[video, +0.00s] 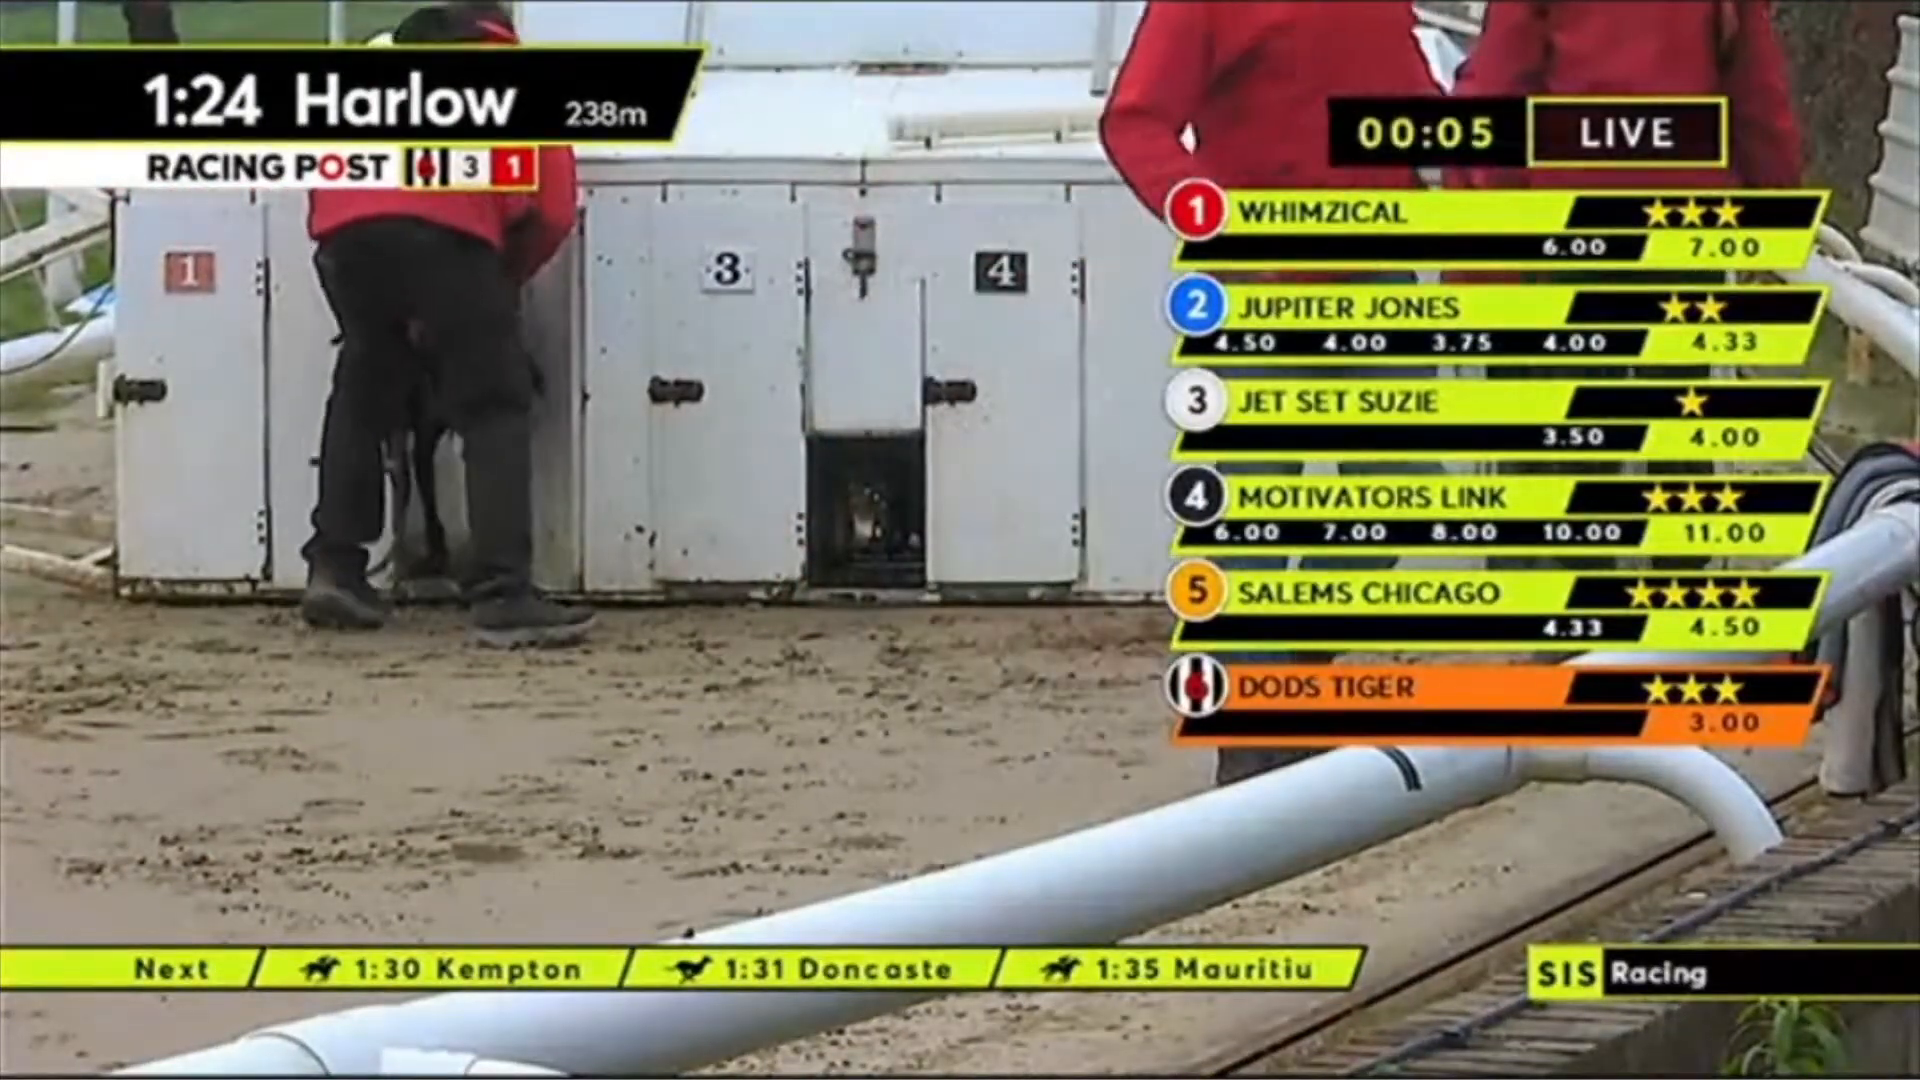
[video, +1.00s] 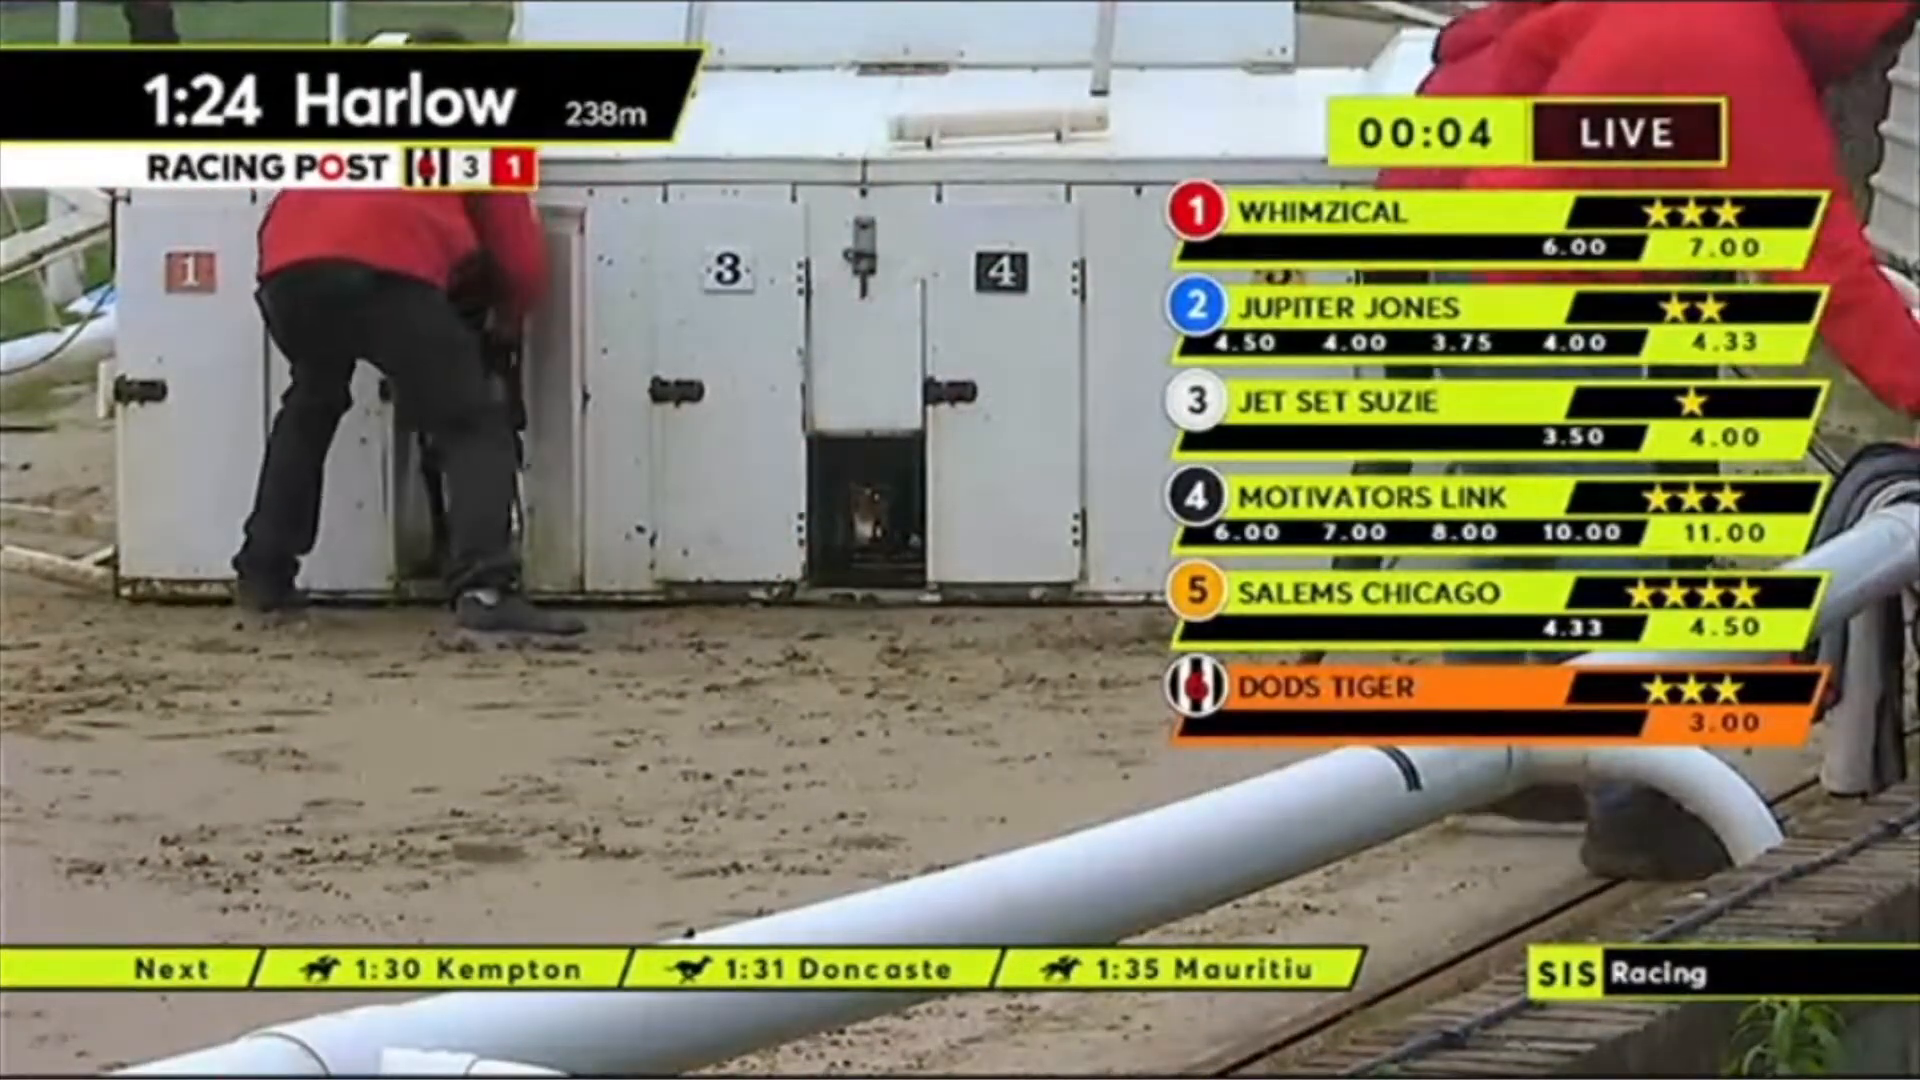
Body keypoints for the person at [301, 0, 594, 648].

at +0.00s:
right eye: (512, 24)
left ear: (423, 24)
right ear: (500, 26)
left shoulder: (367, 65)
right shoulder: (523, 73)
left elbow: (329, 194)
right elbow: (556, 213)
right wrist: (485, 290)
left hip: (345, 232)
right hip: (449, 238)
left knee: (369, 363)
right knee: (494, 404)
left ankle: (333, 570)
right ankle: (504, 591)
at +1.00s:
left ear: (388, 73)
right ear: (471, 83)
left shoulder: (344, 123)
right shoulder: (484, 133)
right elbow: (525, 266)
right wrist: (504, 323)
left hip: (289, 271)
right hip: (391, 273)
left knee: (315, 392)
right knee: (472, 422)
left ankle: (262, 574)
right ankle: (484, 591)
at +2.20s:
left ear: (401, 55)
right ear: (471, 63)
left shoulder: (353, 104)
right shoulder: (486, 110)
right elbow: (513, 205)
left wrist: (459, 316)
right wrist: (510, 303)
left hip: (283, 269)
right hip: (382, 267)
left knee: (320, 392)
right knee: (472, 420)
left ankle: (263, 575)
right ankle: (489, 594)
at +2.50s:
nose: (473, 63)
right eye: (470, 50)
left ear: (402, 26)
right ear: (458, 43)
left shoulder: (331, 69)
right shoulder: (456, 90)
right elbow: (467, 209)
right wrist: (454, 292)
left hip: (262, 245)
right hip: (360, 252)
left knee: (299, 390)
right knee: (422, 409)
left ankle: (260, 575)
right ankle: (463, 586)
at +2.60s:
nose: (478, 57)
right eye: (476, 47)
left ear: (406, 22)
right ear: (466, 36)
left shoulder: (333, 56)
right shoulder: (463, 72)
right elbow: (474, 199)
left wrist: (392, 262)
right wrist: (453, 277)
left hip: (257, 239)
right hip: (351, 244)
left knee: (319, 395)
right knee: (411, 415)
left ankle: (263, 574)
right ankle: (419, 591)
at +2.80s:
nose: (473, 81)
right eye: (474, 69)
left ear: (411, 31)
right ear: (466, 50)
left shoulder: (339, 62)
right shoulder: (462, 85)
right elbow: (462, 221)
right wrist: (438, 281)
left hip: (255, 238)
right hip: (349, 247)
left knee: (312, 396)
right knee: (402, 414)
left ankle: (262, 574)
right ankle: (416, 591)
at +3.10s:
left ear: (423, 26)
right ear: (463, 47)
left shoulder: (322, 69)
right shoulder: (459, 77)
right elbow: (467, 215)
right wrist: (443, 280)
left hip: (273, 239)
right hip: (379, 242)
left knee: (311, 392)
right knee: (470, 402)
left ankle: (261, 575)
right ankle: (502, 580)